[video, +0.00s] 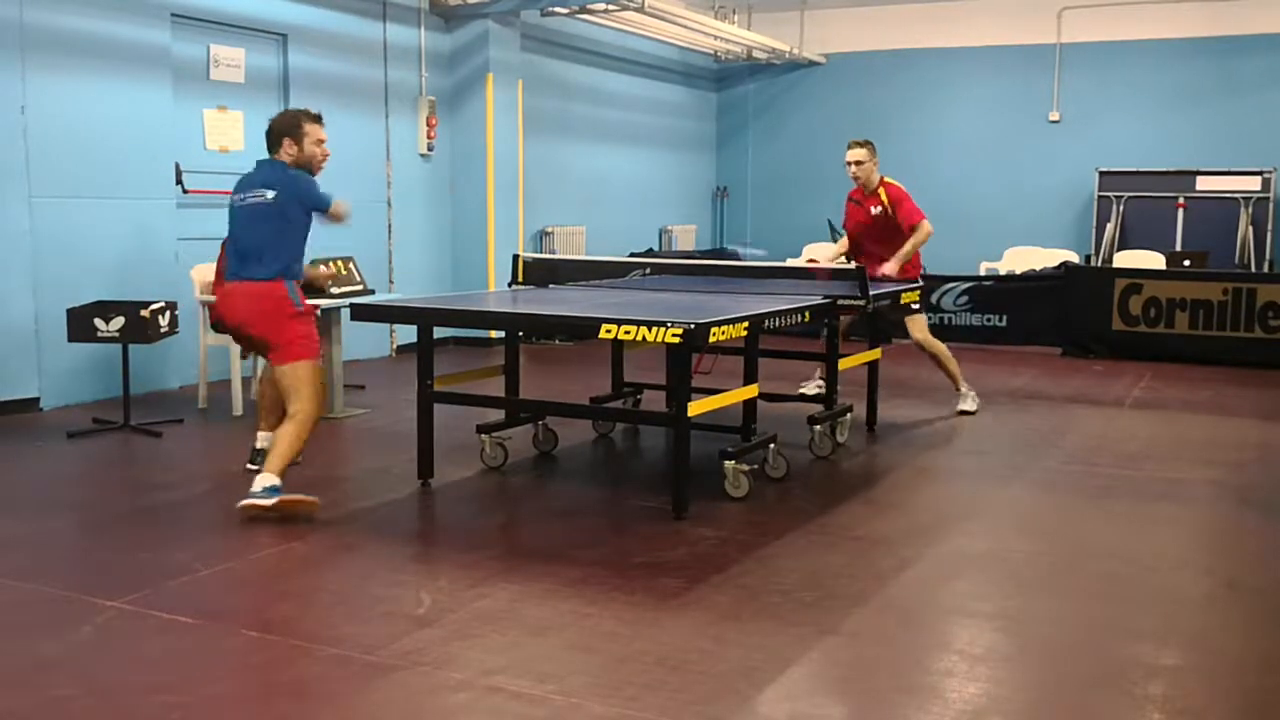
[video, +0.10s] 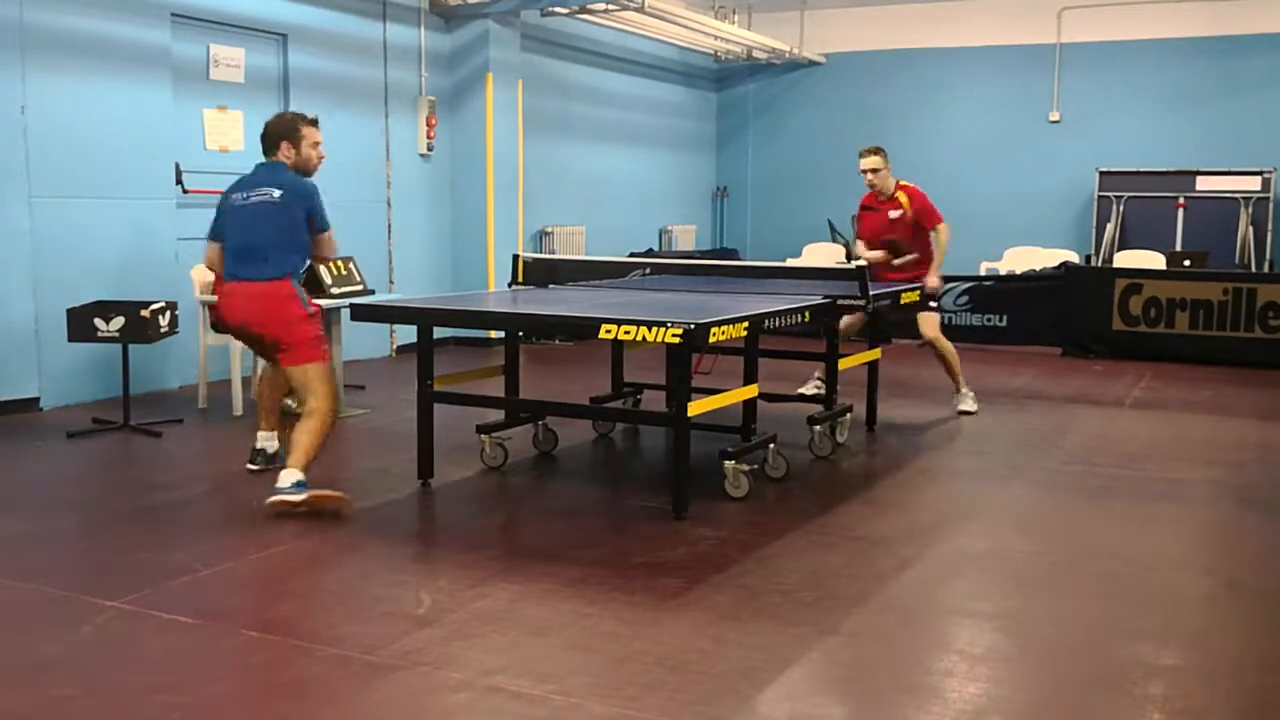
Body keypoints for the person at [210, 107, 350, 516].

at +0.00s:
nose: (325, 152)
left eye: (325, 144)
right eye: (318, 144)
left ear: (283, 149)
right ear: (289, 146)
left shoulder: (246, 181)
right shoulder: (297, 182)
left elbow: (254, 246)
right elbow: (337, 213)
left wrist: (305, 273)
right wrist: (330, 202)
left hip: (230, 300)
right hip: (274, 300)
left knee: (279, 357)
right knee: (304, 407)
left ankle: (263, 447)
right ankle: (267, 484)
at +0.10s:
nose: (321, 154)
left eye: (320, 146)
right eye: (314, 146)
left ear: (277, 152)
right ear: (287, 150)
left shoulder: (234, 190)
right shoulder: (302, 188)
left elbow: (213, 261)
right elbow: (326, 252)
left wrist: (254, 268)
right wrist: (287, 242)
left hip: (231, 301)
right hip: (280, 300)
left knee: (276, 358)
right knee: (319, 401)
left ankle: (265, 444)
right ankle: (291, 479)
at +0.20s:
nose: (321, 140)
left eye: (321, 132)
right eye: (315, 133)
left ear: (281, 138)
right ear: (288, 136)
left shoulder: (241, 176)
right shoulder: (290, 174)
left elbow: (202, 230)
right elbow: (326, 240)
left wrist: (235, 266)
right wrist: (321, 241)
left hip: (225, 286)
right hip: (264, 285)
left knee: (276, 358)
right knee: (311, 383)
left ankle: (264, 446)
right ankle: (292, 479)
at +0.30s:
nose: (325, 120)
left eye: (324, 112)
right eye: (319, 112)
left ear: (285, 115)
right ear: (291, 114)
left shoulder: (250, 151)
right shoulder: (278, 152)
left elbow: (216, 209)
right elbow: (293, 218)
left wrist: (269, 222)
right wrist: (322, 218)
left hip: (224, 262)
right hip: (250, 262)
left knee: (271, 361)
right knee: (292, 366)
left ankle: (264, 446)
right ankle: (283, 481)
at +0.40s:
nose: (324, 119)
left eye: (323, 111)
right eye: (318, 111)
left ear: (289, 114)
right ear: (290, 113)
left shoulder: (273, 152)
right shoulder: (265, 151)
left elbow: (260, 220)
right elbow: (257, 220)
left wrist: (294, 235)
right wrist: (304, 227)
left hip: (243, 261)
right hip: (234, 262)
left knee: (277, 359)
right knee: (280, 374)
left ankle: (254, 453)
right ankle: (238, 482)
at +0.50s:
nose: (322, 123)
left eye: (320, 114)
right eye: (315, 115)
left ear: (287, 118)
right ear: (288, 118)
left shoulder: (276, 163)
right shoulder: (249, 162)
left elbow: (259, 228)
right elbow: (225, 230)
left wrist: (281, 263)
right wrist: (285, 243)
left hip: (246, 278)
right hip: (223, 279)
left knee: (273, 366)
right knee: (276, 386)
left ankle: (252, 456)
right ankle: (225, 495)